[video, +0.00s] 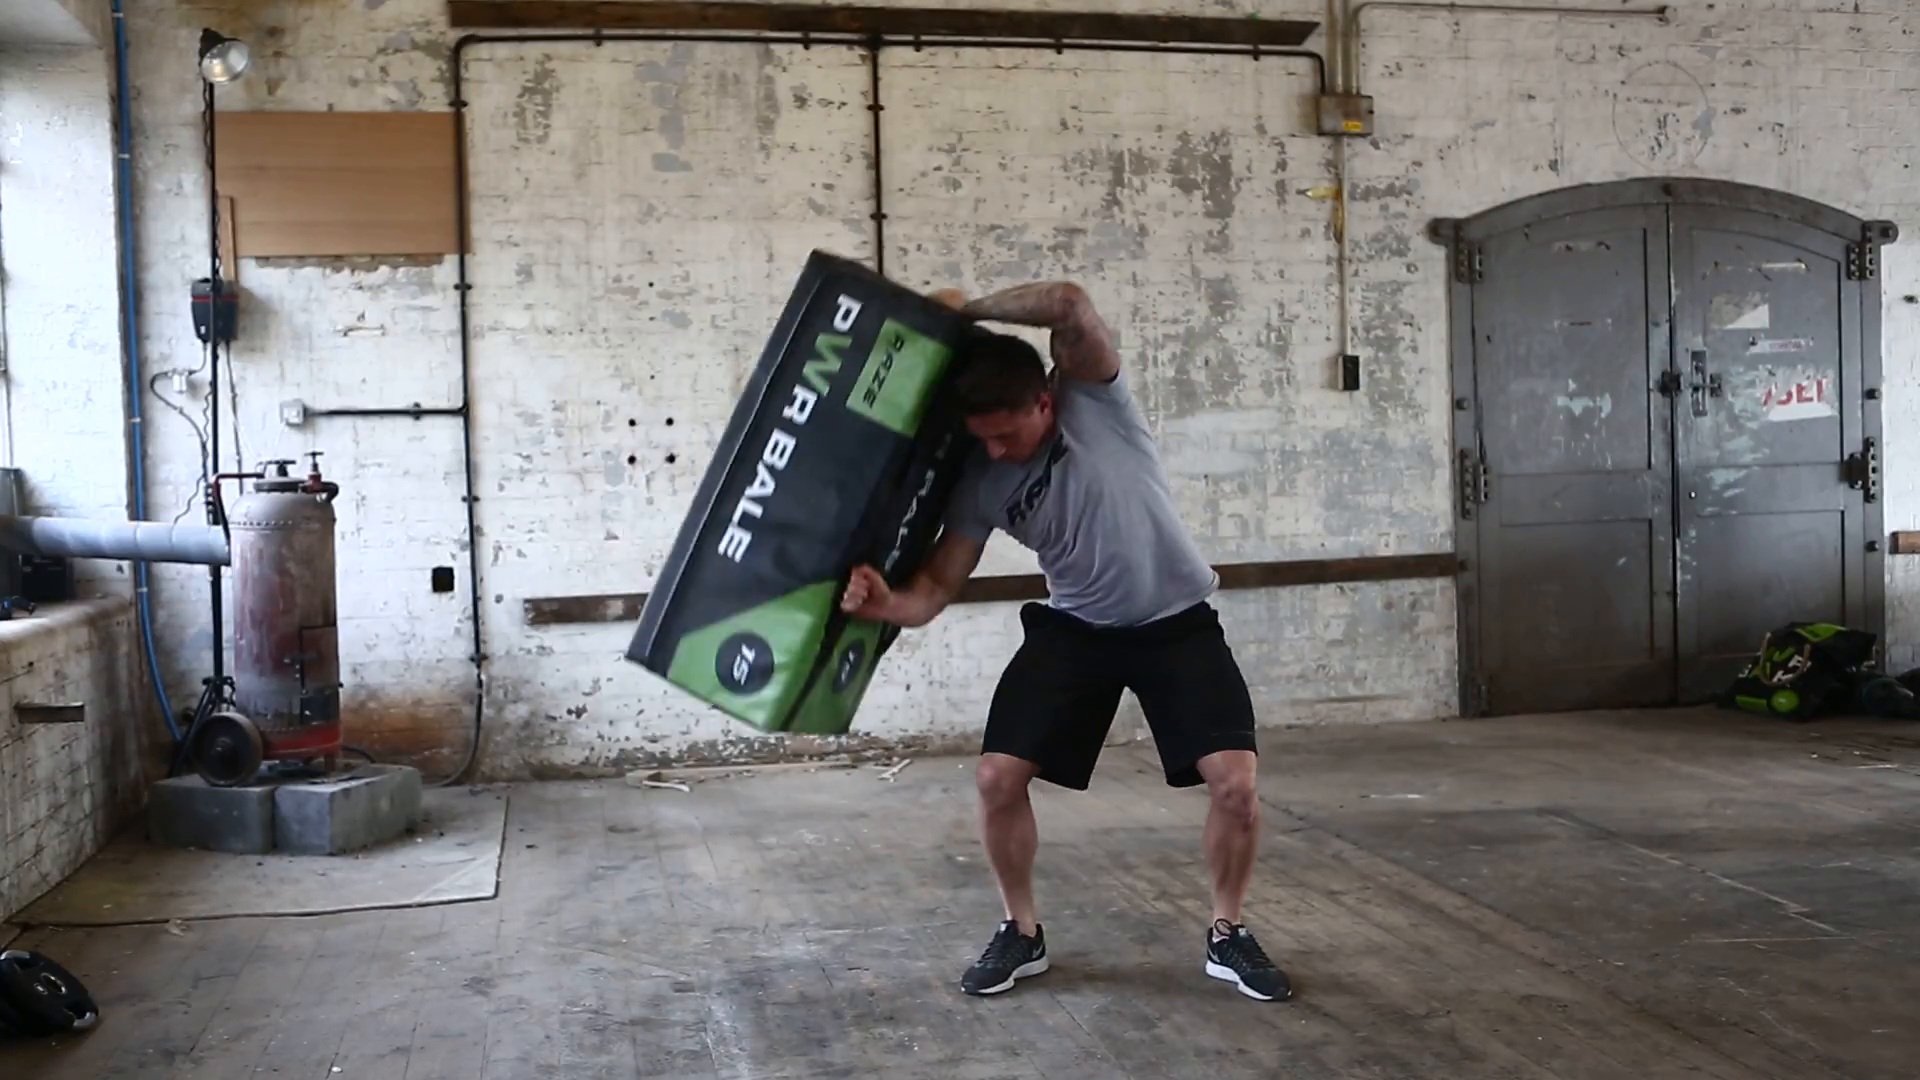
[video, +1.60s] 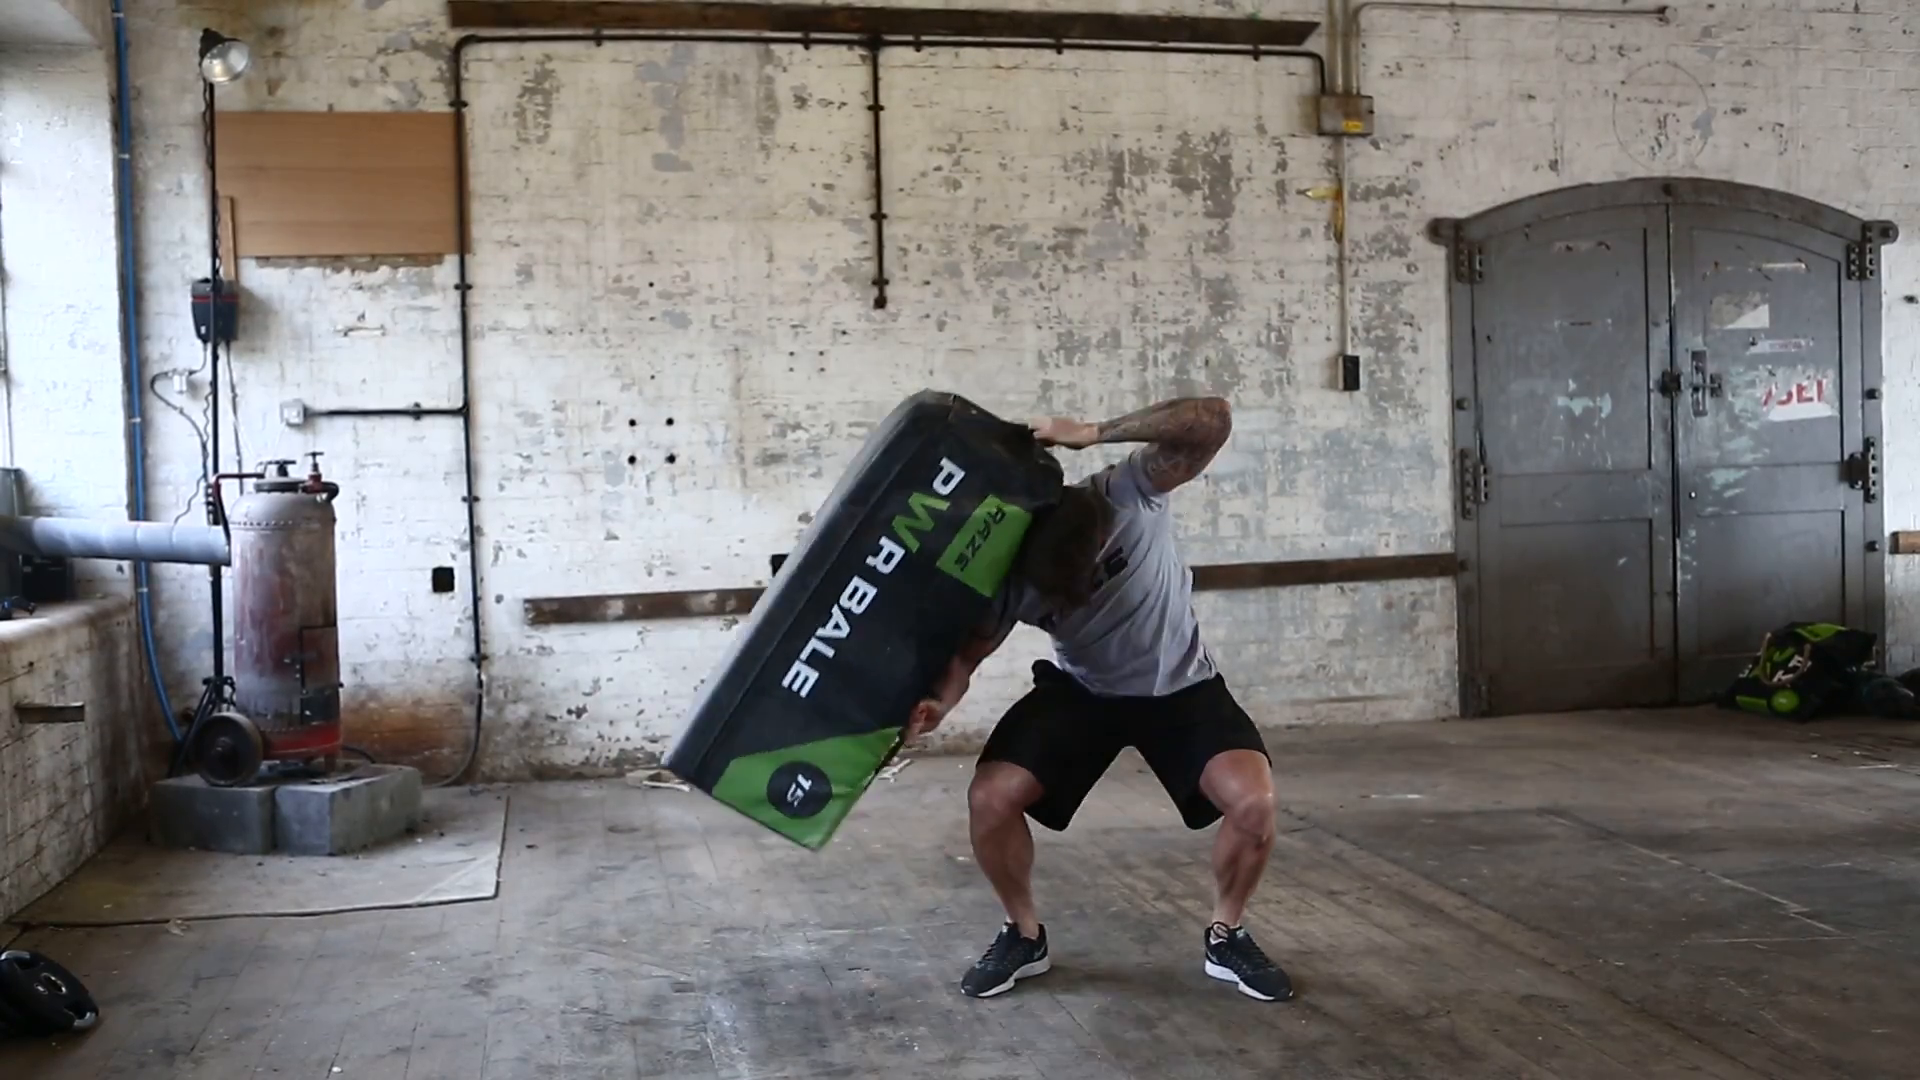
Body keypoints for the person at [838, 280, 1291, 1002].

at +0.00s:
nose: (995, 450)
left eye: (1006, 433)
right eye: (982, 439)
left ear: (1042, 400)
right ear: (966, 424)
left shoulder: (1093, 398)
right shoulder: (984, 484)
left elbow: (1069, 304)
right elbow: (930, 591)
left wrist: (974, 305)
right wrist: (884, 603)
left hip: (1176, 620)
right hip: (1074, 628)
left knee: (1237, 786)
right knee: (997, 777)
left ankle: (1228, 933)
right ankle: (1021, 931)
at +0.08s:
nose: (972, 515)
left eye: (980, 498)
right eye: (959, 505)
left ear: (1015, 464)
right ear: (948, 491)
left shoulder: (1074, 456)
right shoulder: (975, 543)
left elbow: (1012, 377)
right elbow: (940, 655)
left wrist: (921, 395)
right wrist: (898, 696)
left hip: (1170, 647)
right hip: (1068, 655)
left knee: (1236, 794)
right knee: (987, 788)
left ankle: (1225, 933)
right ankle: (1022, 932)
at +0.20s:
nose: (941, 614)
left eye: (947, 597)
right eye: (930, 603)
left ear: (983, 564)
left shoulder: (1041, 528)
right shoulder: (962, 636)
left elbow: (945, 529)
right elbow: (953, 744)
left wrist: (858, 555)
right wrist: (921, 852)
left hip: (1165, 687)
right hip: (1067, 698)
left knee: (1231, 805)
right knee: (982, 793)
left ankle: (1223, 936)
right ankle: (1023, 935)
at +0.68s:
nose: (997, 711)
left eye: (1000, 695)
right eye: (981, 708)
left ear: (1015, 648)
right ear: (947, 688)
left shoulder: (1054, 581)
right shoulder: (959, 698)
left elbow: (990, 593)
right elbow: (938, 780)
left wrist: (895, 597)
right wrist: (904, 866)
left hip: (1160, 716)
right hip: (1059, 732)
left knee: (1232, 802)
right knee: (977, 805)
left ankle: (1222, 935)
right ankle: (1025, 934)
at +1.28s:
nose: (1038, 728)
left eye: (1042, 714)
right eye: (1022, 727)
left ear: (1059, 667)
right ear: (986, 696)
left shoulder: (1090, 618)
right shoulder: (980, 698)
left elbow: (1111, 588)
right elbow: (957, 770)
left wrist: (1001, 591)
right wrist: (931, 845)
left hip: (1164, 750)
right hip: (1069, 763)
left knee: (1237, 803)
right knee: (978, 809)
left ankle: (1221, 936)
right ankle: (1025, 935)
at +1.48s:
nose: (1059, 665)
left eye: (1065, 652)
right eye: (1042, 661)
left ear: (1082, 598)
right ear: (1011, 630)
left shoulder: (1107, 547)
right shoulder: (1006, 635)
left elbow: (1173, 482)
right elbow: (971, 710)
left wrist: (1055, 501)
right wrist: (943, 776)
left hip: (1175, 711)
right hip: (1074, 717)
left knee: (1247, 802)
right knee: (984, 801)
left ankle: (1225, 934)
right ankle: (1023, 933)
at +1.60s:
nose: (1076, 598)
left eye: (1085, 580)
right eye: (1060, 592)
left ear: (1100, 536)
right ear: (1033, 568)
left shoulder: (1130, 493)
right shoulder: (1016, 584)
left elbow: (1212, 419)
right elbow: (967, 653)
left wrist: (1098, 431)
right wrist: (937, 702)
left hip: (1181, 685)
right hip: (1080, 690)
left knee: (1254, 802)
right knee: (990, 799)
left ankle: (1227, 934)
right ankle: (1023, 933)